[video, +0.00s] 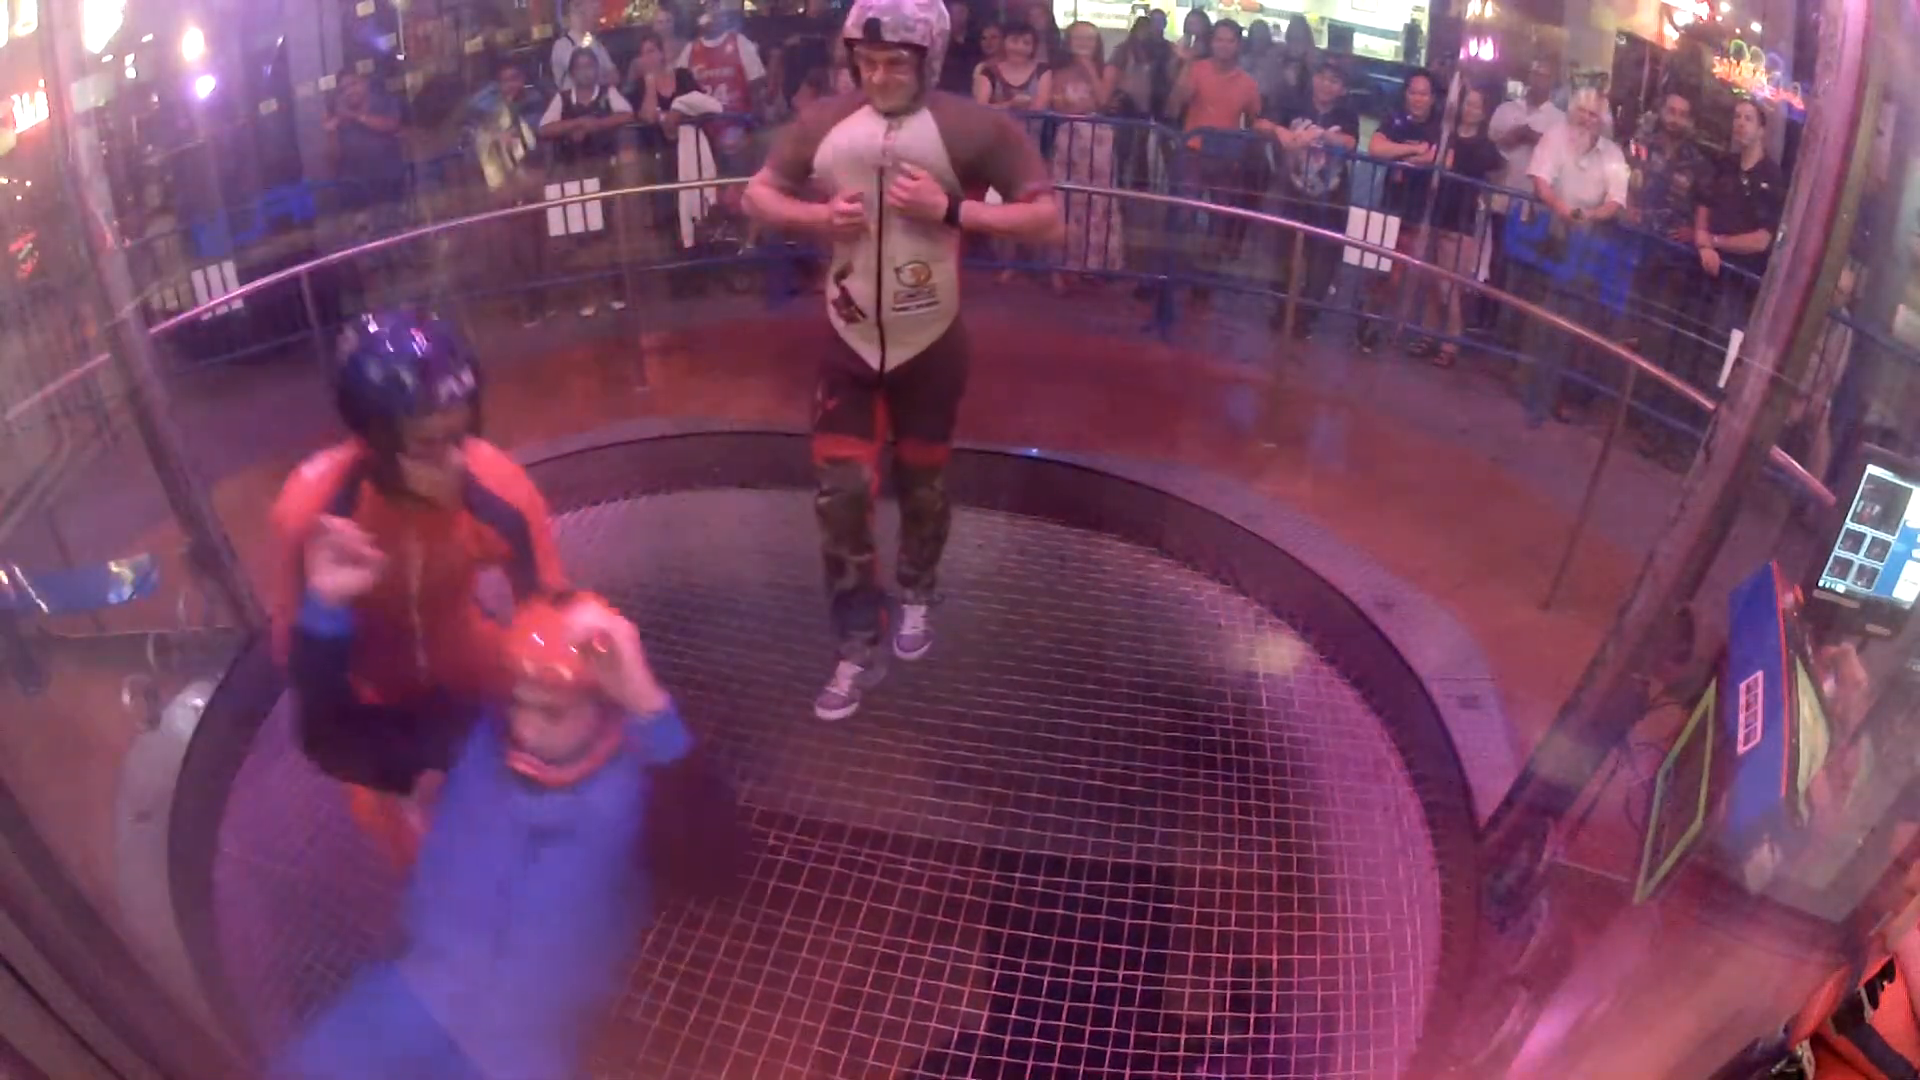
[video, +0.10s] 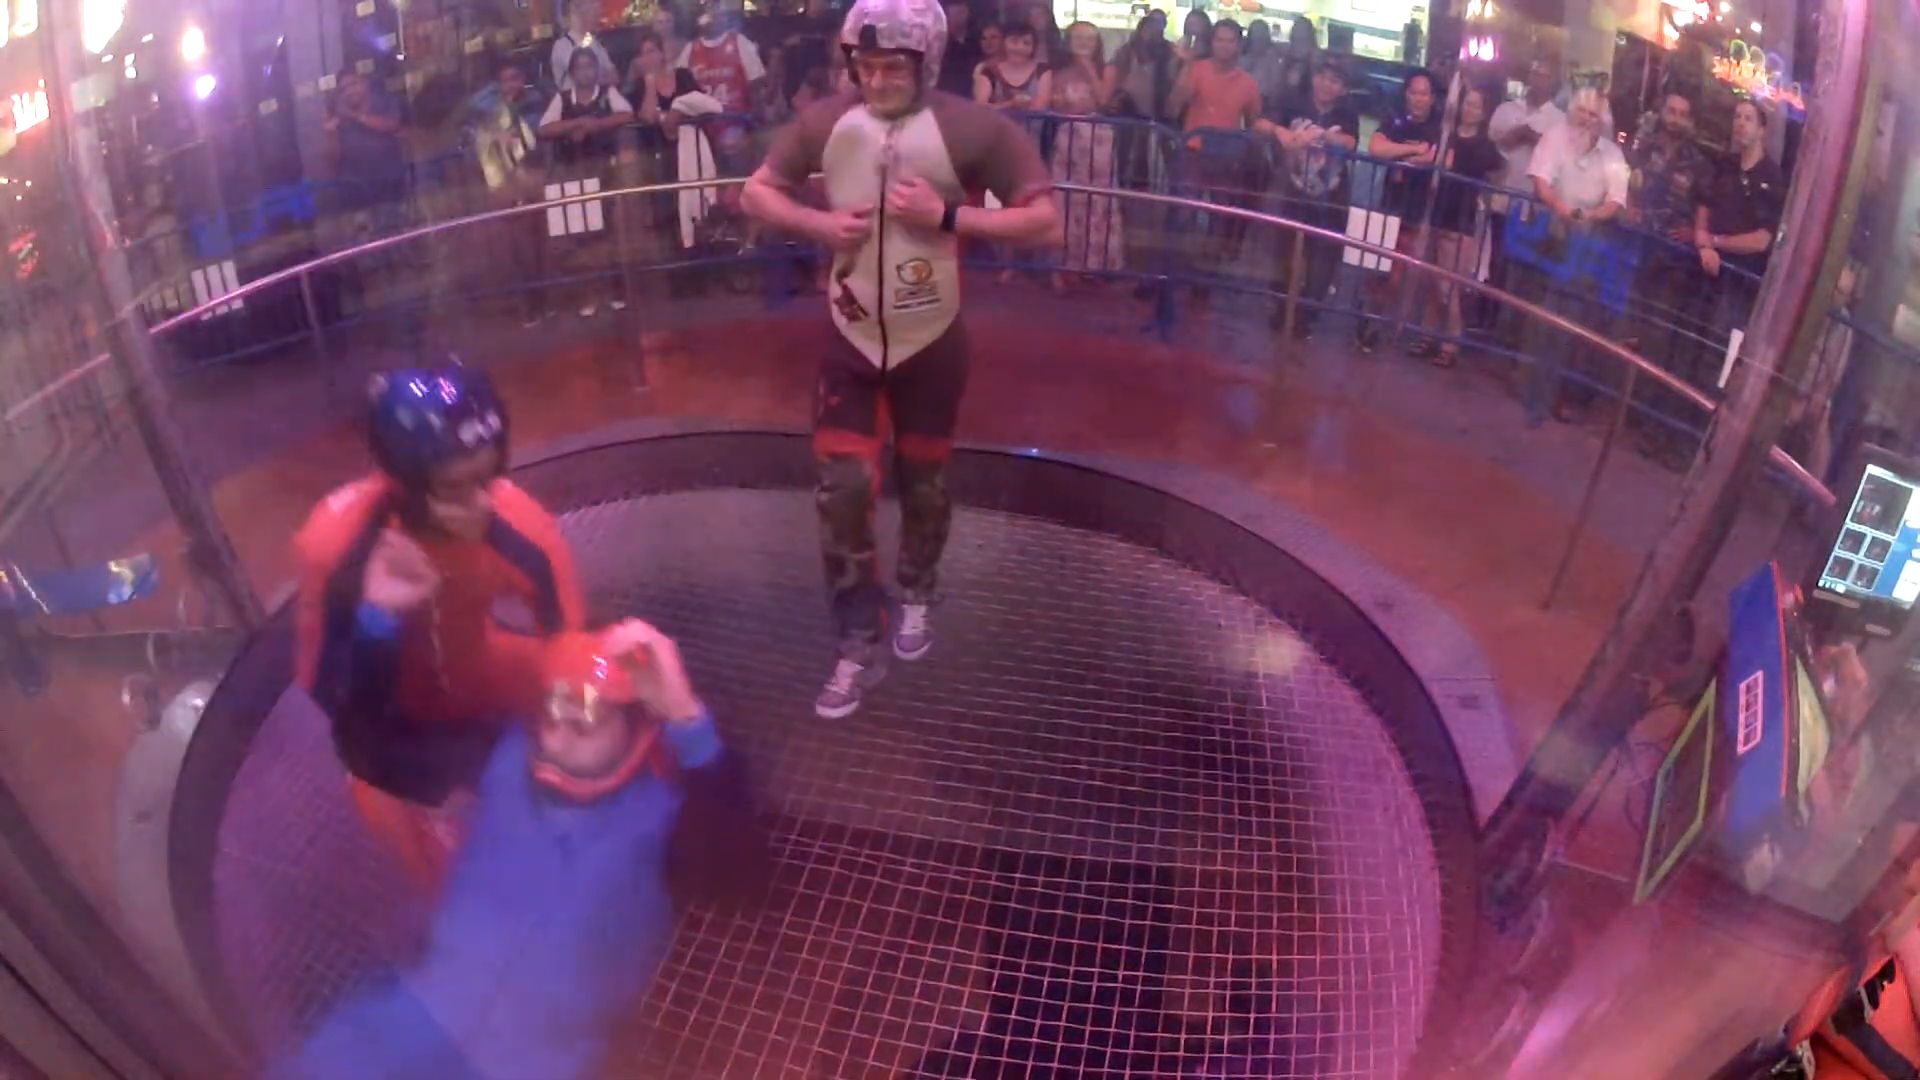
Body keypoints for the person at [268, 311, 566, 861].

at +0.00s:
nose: (449, 461)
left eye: (458, 436)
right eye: (425, 445)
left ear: (472, 419)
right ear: (375, 438)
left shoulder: (502, 490)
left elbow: (551, 623)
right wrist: (412, 774)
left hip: (478, 685)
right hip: (379, 702)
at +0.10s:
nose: (478, 502)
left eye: (486, 479)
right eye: (454, 490)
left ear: (500, 460)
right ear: (404, 481)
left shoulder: (529, 532)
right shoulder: (341, 539)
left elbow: (568, 660)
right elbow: (332, 696)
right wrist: (380, 620)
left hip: (496, 704)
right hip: (396, 722)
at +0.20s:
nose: (512, 534)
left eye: (518, 509)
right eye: (486, 520)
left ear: (526, 489)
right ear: (434, 513)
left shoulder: (546, 554)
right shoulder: (360, 566)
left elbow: (591, 679)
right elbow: (347, 709)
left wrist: (642, 668)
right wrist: (411, 648)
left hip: (494, 676)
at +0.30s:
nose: (532, 551)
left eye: (538, 529)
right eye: (507, 540)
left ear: (548, 512)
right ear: (453, 532)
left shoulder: (559, 574)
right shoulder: (380, 583)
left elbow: (602, 686)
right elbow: (348, 711)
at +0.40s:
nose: (551, 569)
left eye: (556, 544)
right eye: (526, 557)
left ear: (563, 527)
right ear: (470, 548)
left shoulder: (568, 592)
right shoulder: (399, 599)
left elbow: (610, 717)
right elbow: (363, 735)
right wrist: (483, 805)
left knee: (651, 632)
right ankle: (397, 782)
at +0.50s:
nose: (570, 575)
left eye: (573, 554)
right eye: (547, 565)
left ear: (582, 534)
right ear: (491, 557)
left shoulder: (578, 598)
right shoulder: (420, 608)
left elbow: (618, 709)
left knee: (649, 605)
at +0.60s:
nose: (584, 578)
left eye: (593, 558)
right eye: (565, 564)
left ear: (601, 540)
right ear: (504, 551)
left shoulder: (594, 597)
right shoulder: (437, 602)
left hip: (535, 700)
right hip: (452, 720)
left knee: (654, 627)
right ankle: (391, 768)